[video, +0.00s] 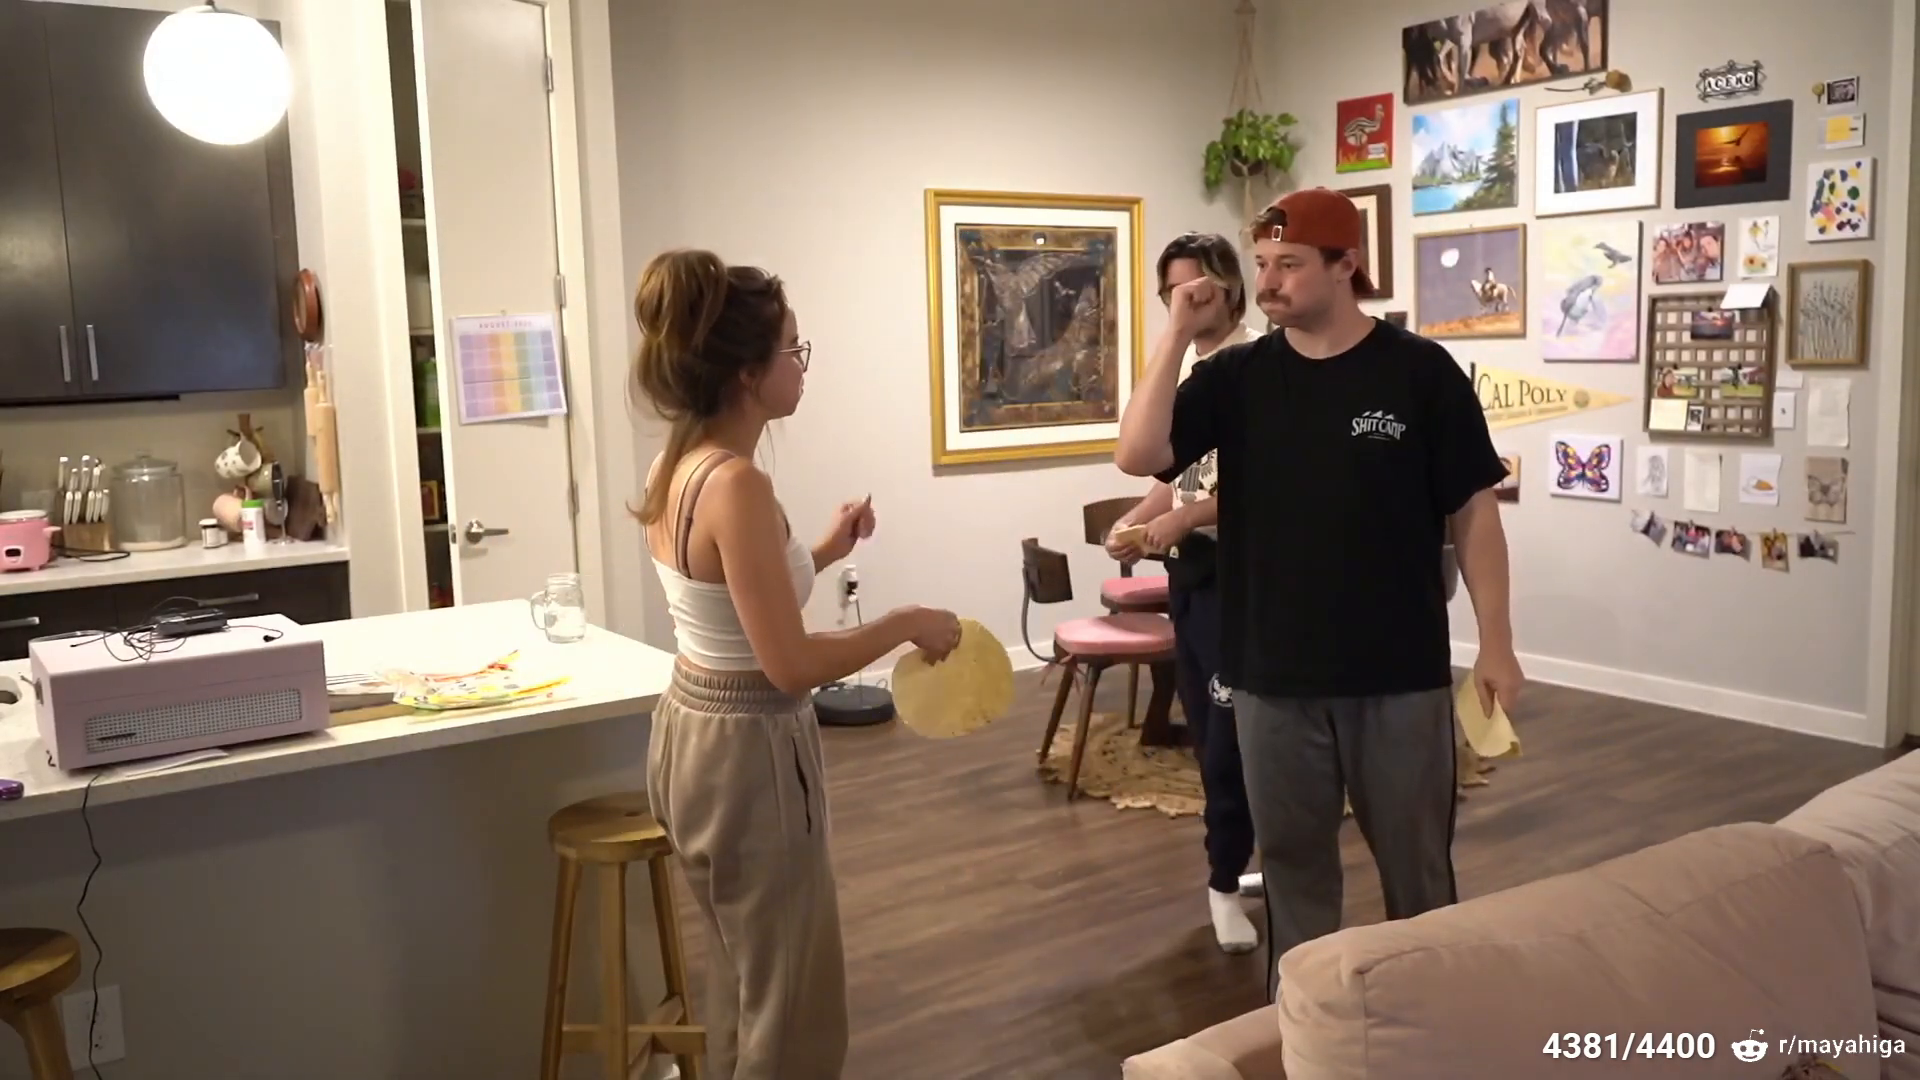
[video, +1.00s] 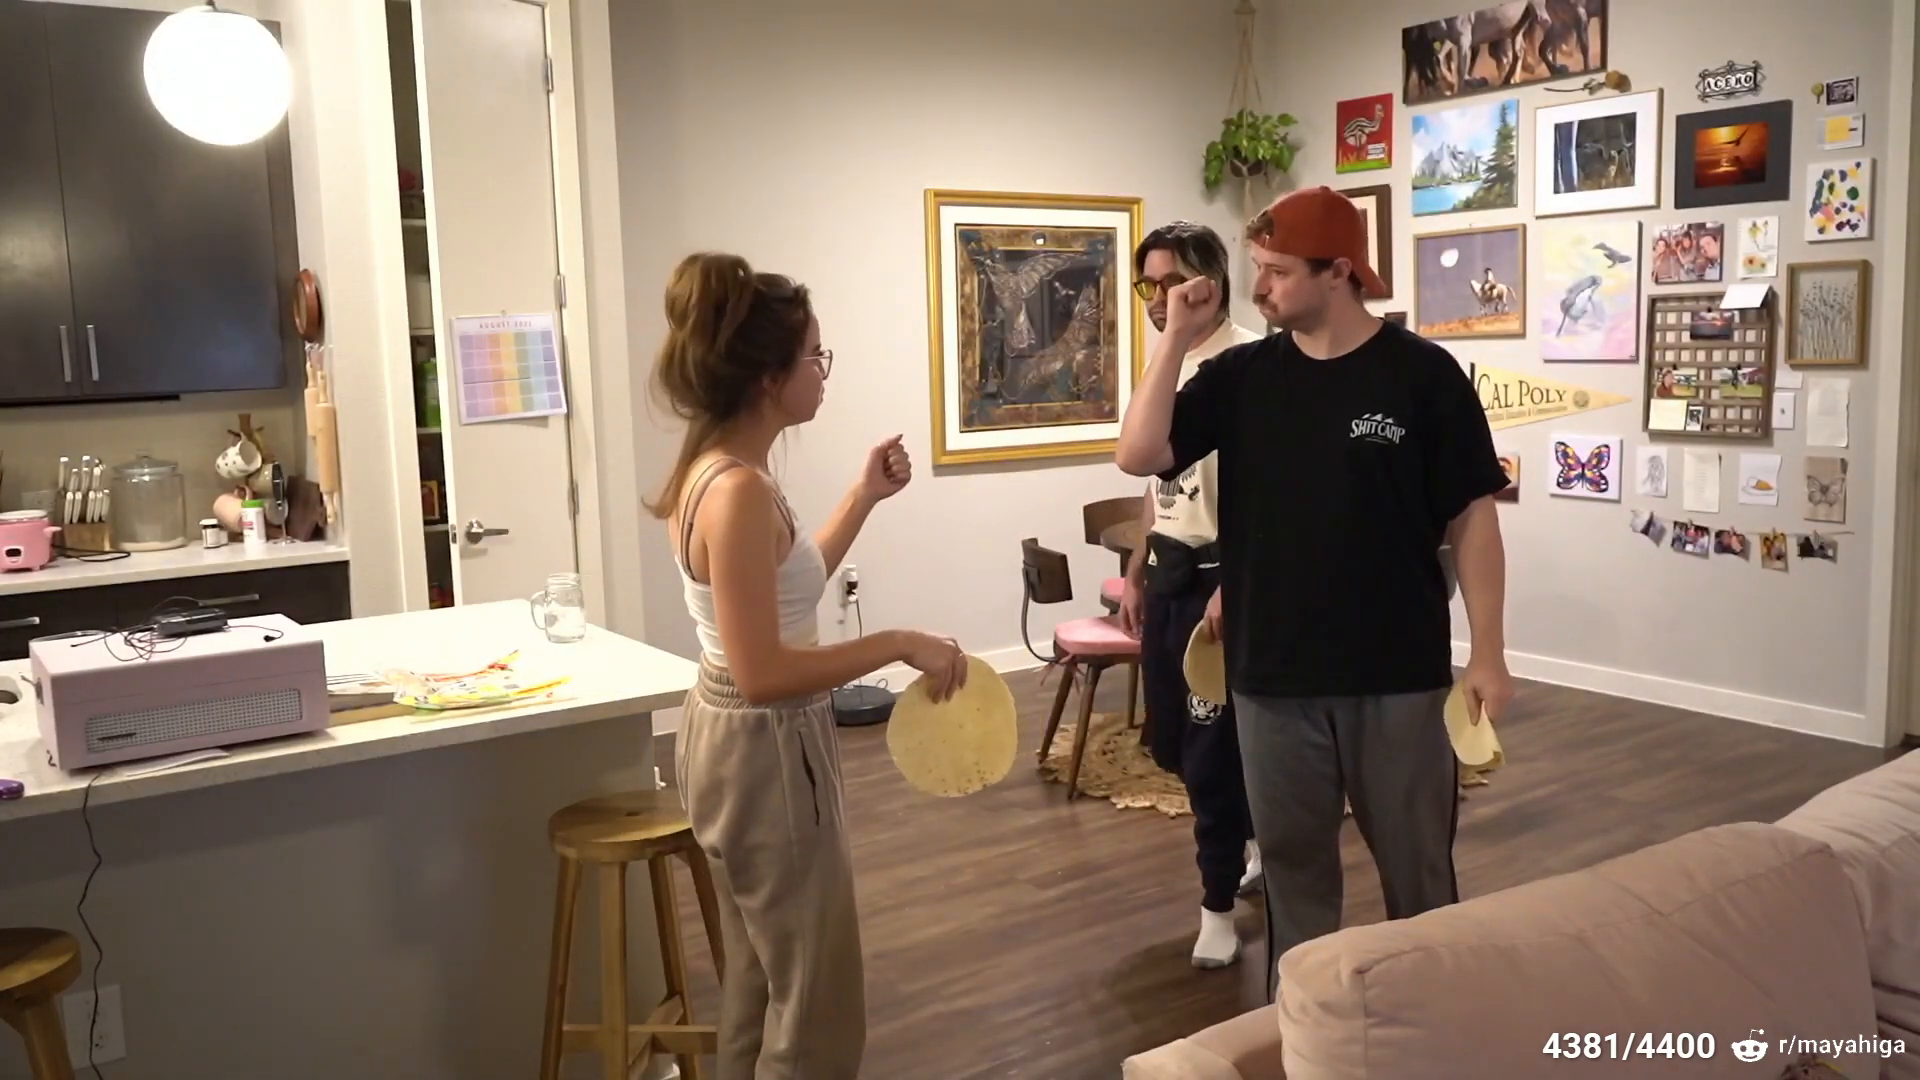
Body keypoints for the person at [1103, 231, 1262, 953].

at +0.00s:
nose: (1187, 299)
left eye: (1199, 286)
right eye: (1176, 291)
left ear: (1229, 289)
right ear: (1168, 302)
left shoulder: (1267, 370)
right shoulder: (1182, 379)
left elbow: (1274, 484)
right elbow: (1175, 474)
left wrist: (1191, 515)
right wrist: (1139, 517)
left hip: (1258, 573)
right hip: (1198, 570)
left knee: (1229, 733)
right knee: (1217, 725)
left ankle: (1225, 881)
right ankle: (1261, 853)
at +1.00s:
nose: (1155, 298)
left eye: (1168, 284)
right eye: (1149, 286)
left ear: (1209, 286)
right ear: (1147, 292)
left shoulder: (1248, 365)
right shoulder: (1162, 368)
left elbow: (1260, 489)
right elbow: (1154, 485)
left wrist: (1232, 588)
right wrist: (1135, 573)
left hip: (1224, 576)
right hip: (1167, 571)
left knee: (1213, 749)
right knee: (1168, 738)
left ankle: (1218, 904)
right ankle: (1253, 835)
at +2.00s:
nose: (988, 303)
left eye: (1002, 288)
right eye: (974, 291)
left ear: (1035, 286)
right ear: (962, 295)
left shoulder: (1091, 364)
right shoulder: (957, 376)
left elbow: (1131, 478)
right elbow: (936, 492)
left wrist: (1127, 593)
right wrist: (894, 597)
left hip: (1072, 586)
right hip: (989, 588)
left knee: (1084, 772)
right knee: (1007, 763)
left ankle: (1130, 914)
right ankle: (1048, 916)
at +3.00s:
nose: (977, 294)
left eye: (996, 280)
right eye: (964, 279)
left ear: (1027, 285)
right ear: (949, 283)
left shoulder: (1074, 376)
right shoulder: (917, 374)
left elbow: (1097, 502)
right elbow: (893, 506)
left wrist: (1087, 618)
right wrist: (861, 618)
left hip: (1035, 605)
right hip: (936, 603)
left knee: (1023, 796)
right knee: (927, 795)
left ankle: (1014, 967)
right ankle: (936, 957)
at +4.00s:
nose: (945, 297)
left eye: (960, 282)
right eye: (929, 283)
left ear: (988, 285)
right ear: (909, 290)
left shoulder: (1036, 371)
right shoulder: (885, 375)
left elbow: (1064, 499)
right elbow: (861, 502)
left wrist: (1054, 616)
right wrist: (855, 617)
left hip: (1006, 606)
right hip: (909, 608)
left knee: (1008, 791)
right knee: (913, 795)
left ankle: (1011, 965)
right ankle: (932, 958)